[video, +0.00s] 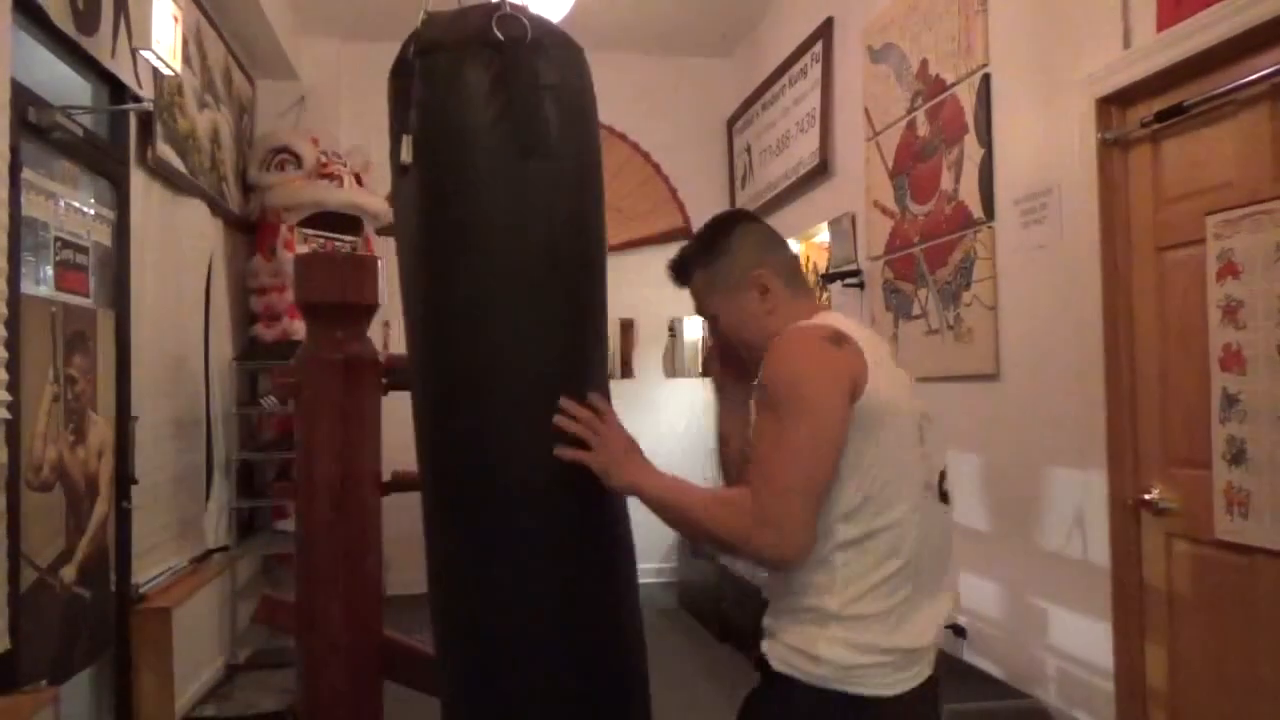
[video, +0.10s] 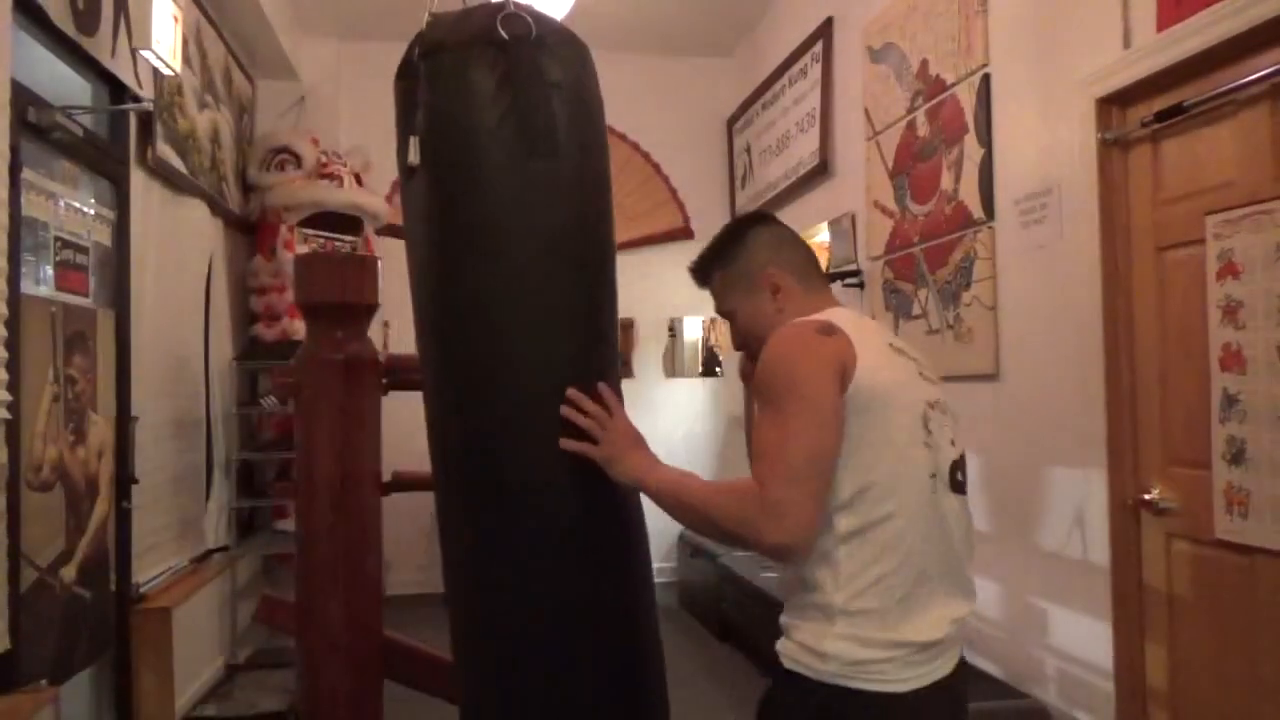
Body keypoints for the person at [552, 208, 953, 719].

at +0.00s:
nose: (714, 336)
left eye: (711, 317)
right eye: (706, 321)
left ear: (762, 290)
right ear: (766, 290)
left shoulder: (806, 349)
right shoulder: (853, 343)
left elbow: (778, 534)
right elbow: (750, 504)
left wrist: (639, 475)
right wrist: (733, 389)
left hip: (836, 686)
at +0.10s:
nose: (733, 339)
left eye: (730, 316)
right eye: (725, 320)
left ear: (774, 290)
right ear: (782, 287)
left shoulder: (805, 344)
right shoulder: (886, 347)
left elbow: (782, 522)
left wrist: (645, 470)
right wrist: (759, 388)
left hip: (846, 689)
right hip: (932, 683)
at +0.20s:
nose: (741, 333)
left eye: (739, 313)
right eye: (733, 318)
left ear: (788, 289)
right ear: (794, 286)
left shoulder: (828, 350)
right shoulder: (888, 343)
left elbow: (795, 534)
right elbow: (777, 504)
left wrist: (661, 450)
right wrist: (760, 390)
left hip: (872, 694)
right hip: (939, 684)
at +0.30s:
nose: (730, 321)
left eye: (735, 298)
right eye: (726, 301)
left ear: (797, 277)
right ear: (802, 279)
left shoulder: (855, 347)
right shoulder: (871, 334)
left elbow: (785, 533)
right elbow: (769, 506)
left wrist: (693, 395)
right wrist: (738, 372)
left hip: (890, 685)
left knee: (699, 586)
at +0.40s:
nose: (721, 317)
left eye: (726, 291)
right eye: (714, 296)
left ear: (794, 269)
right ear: (796, 270)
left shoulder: (878, 357)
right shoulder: (819, 368)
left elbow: (776, 536)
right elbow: (717, 502)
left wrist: (709, 372)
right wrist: (709, 372)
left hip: (902, 690)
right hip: (841, 658)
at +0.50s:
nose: (695, 335)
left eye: (702, 311)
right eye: (688, 315)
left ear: (773, 288)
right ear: (774, 291)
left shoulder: (878, 381)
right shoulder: (782, 397)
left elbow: (781, 569)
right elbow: (701, 541)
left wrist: (695, 402)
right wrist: (689, 401)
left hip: (921, 702)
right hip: (837, 671)